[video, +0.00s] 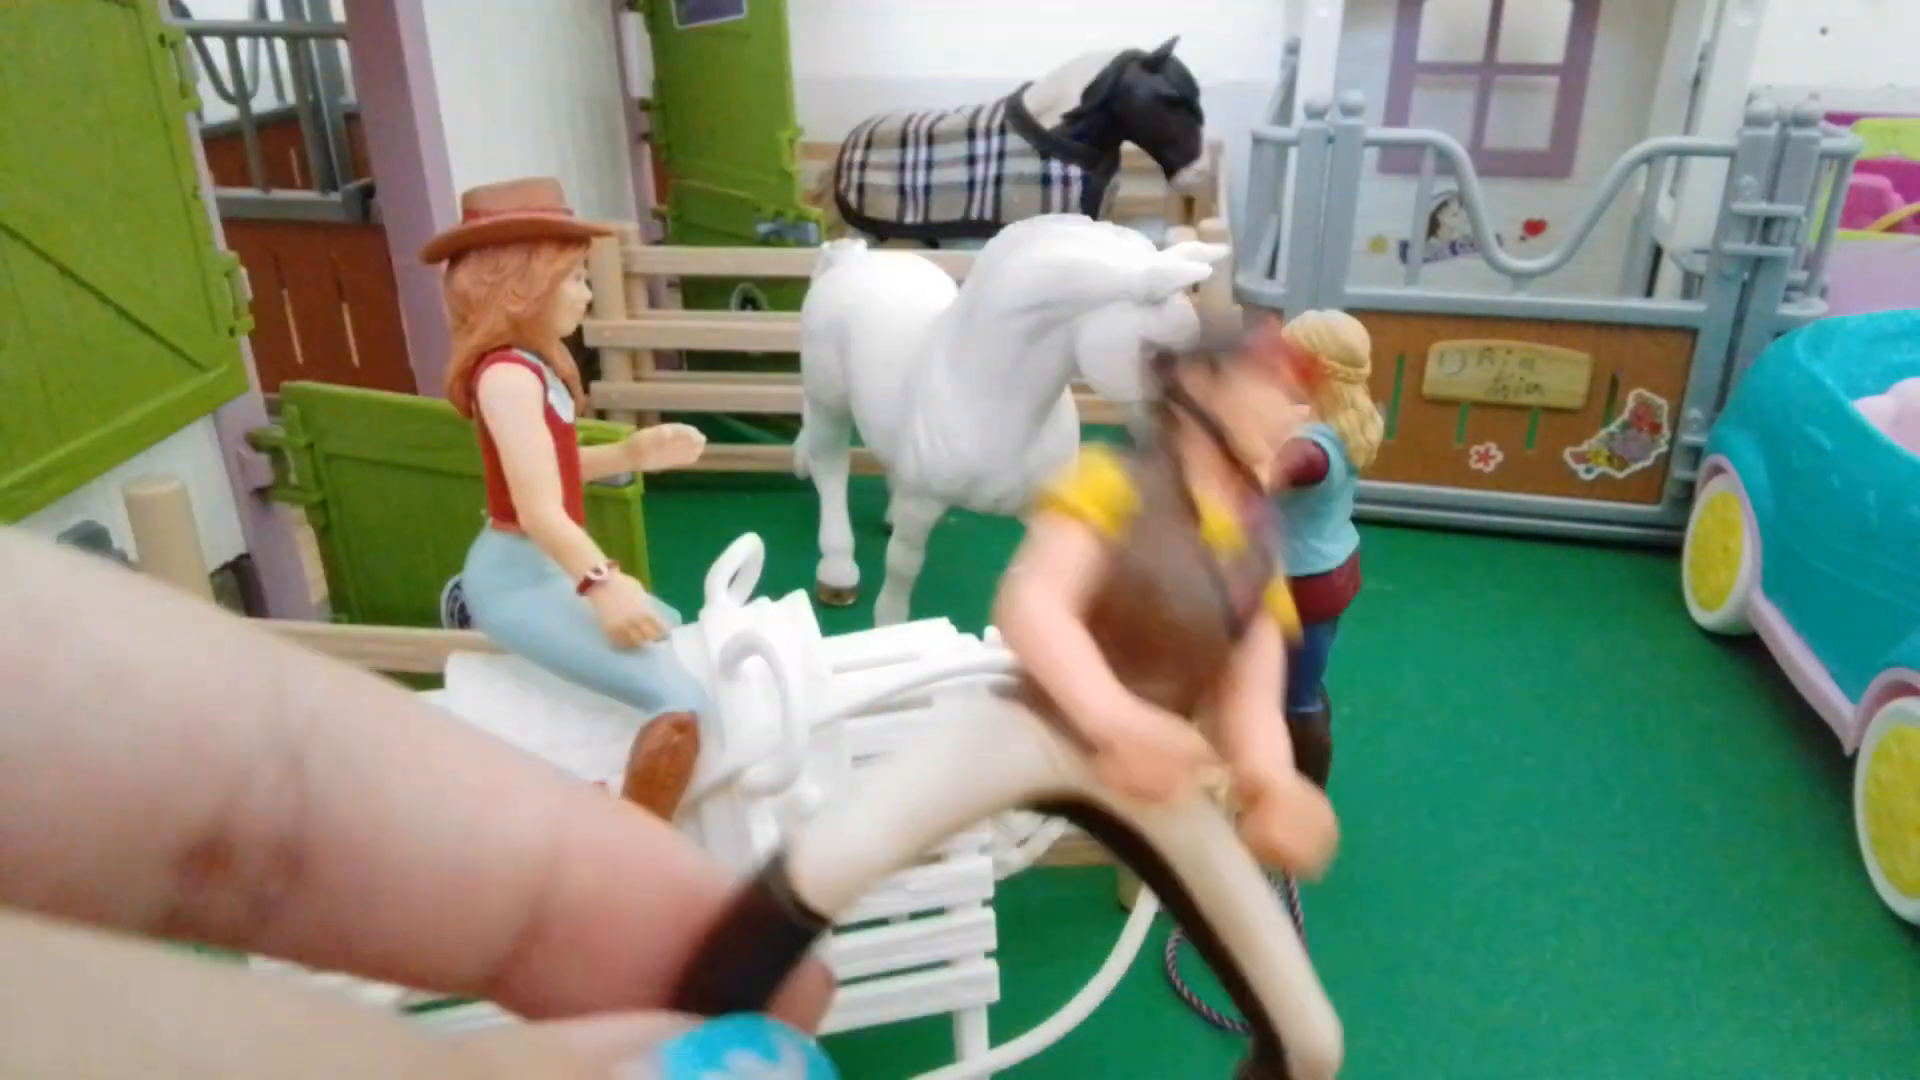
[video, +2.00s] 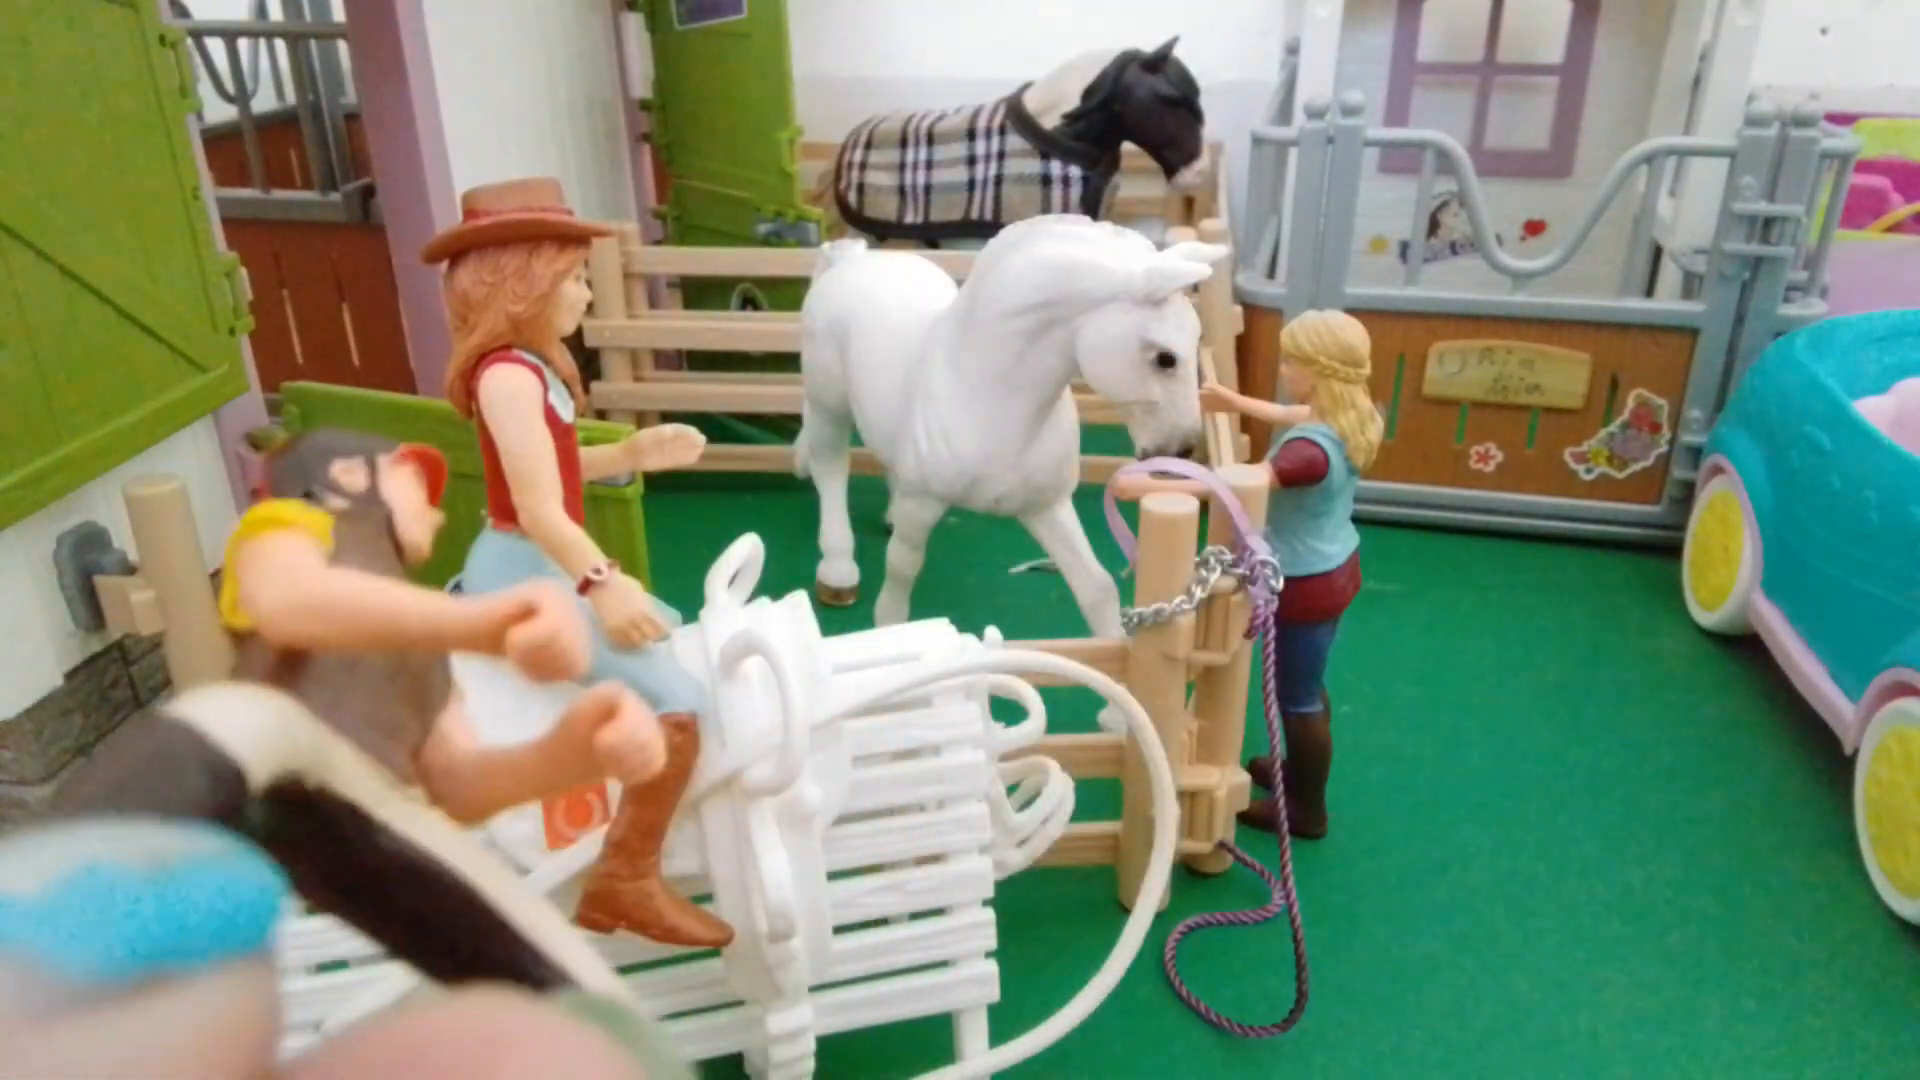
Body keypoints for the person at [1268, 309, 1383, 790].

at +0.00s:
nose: (1282, 369)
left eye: (1291, 359)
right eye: (1284, 358)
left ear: (1310, 372)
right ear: (1340, 372)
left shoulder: (1317, 444)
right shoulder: (1347, 421)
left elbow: (1258, 475)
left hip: (1308, 579)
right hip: (1335, 559)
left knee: (1299, 699)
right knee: (1308, 685)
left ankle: (1305, 804)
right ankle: (1306, 791)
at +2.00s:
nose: (1282, 370)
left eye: (1290, 362)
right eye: (1284, 360)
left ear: (1317, 373)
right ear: (1337, 373)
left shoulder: (1314, 448)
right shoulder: (1348, 418)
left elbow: (1248, 479)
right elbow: (1289, 416)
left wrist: (1163, 484)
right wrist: (1236, 400)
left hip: (1305, 588)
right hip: (1333, 565)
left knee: (1300, 700)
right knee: (1301, 680)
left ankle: (1304, 811)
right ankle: (1298, 771)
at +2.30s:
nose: (1282, 382)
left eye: (1290, 373)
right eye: (1285, 372)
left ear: (1317, 384)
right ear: (1336, 384)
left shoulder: (1315, 457)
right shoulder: (1348, 429)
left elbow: (1254, 488)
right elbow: (1292, 426)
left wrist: (1168, 495)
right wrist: (1238, 412)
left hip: (1305, 597)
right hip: (1334, 574)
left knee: (1299, 708)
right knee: (1300, 688)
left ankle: (1304, 818)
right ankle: (1298, 779)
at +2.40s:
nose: (1283, 366)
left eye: (1291, 357)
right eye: (1285, 356)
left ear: (1320, 368)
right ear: (1337, 369)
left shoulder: (1316, 442)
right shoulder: (1349, 413)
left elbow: (1252, 474)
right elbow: (1290, 410)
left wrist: (1166, 480)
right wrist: (1235, 395)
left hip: (1306, 584)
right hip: (1335, 561)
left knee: (1299, 697)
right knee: (1302, 676)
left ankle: (1305, 807)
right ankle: (1300, 767)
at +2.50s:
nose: (1286, 371)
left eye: (1294, 362)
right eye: (1288, 361)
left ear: (1323, 372)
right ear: (1340, 373)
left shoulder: (1320, 447)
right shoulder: (1350, 418)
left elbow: (1251, 478)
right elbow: (1293, 416)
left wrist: (1165, 483)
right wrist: (1239, 399)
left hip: (1308, 588)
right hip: (1333, 569)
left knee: (1301, 702)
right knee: (1302, 683)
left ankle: (1305, 814)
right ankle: (1300, 774)